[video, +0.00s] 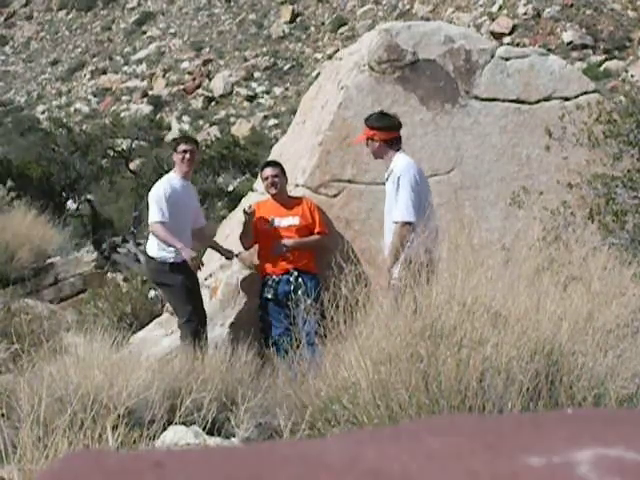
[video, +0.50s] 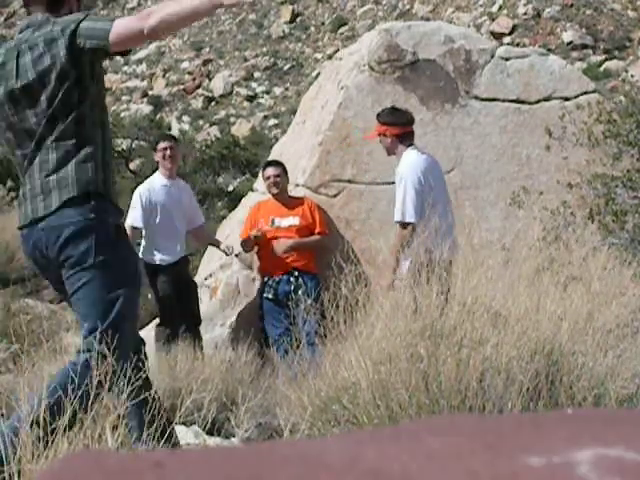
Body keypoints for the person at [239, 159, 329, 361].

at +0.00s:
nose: (271, 181)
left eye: (276, 176)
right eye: (266, 178)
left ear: (285, 178)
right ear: (262, 183)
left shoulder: (306, 206)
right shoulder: (259, 209)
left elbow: (324, 237)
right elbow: (247, 244)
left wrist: (293, 243)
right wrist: (248, 222)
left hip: (303, 277)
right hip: (273, 279)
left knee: (310, 333)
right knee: (280, 337)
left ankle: (314, 380)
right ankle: (288, 383)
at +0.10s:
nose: (272, 181)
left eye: (276, 176)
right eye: (267, 178)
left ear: (285, 178)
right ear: (263, 183)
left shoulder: (306, 205)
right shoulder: (259, 209)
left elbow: (324, 237)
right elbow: (247, 244)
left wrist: (293, 243)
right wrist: (249, 223)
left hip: (303, 275)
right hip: (272, 278)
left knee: (309, 333)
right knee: (279, 337)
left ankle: (314, 380)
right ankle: (290, 382)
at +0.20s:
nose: (272, 181)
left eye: (276, 176)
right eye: (267, 178)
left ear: (285, 178)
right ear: (263, 183)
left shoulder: (306, 205)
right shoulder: (259, 210)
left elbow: (323, 237)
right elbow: (247, 244)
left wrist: (293, 244)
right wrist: (249, 222)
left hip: (303, 276)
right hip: (272, 280)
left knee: (310, 333)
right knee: (279, 338)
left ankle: (315, 380)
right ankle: (290, 383)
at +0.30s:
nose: (273, 181)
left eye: (277, 176)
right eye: (268, 178)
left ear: (286, 178)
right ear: (263, 183)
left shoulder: (306, 205)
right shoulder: (260, 209)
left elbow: (324, 237)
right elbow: (246, 244)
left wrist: (292, 244)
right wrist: (248, 224)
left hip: (303, 277)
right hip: (273, 280)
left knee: (310, 334)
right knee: (279, 338)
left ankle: (315, 380)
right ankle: (290, 384)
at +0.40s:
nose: (273, 181)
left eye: (277, 176)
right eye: (268, 178)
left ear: (286, 178)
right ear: (264, 183)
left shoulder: (307, 205)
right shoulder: (259, 209)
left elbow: (324, 238)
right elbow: (247, 246)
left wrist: (293, 244)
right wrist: (247, 233)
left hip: (303, 278)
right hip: (272, 281)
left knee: (310, 335)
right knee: (280, 339)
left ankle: (315, 381)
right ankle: (290, 385)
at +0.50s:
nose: (273, 181)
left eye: (277, 176)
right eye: (268, 178)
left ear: (286, 178)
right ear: (264, 182)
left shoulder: (307, 205)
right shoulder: (259, 209)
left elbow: (324, 237)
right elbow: (245, 247)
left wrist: (293, 243)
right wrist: (253, 239)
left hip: (303, 277)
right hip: (271, 281)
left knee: (310, 334)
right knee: (279, 339)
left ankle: (315, 381)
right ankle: (290, 384)